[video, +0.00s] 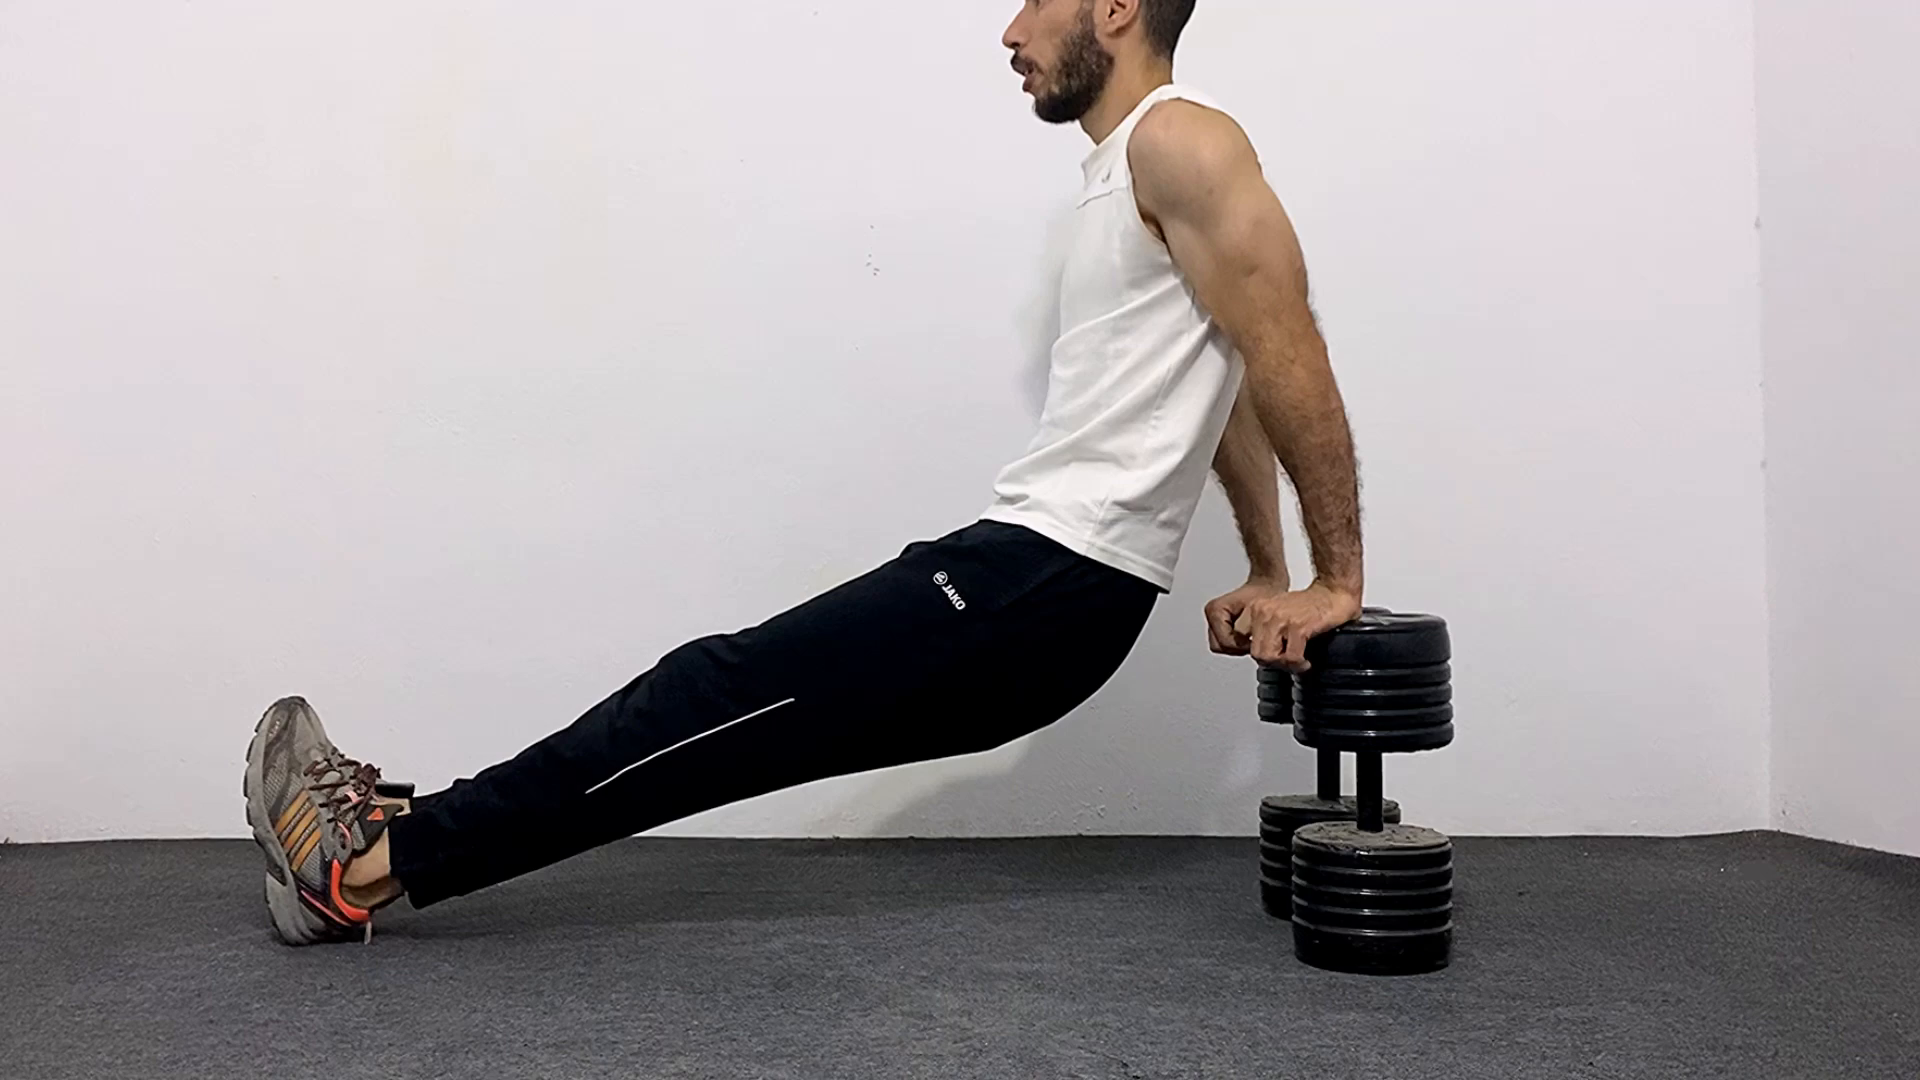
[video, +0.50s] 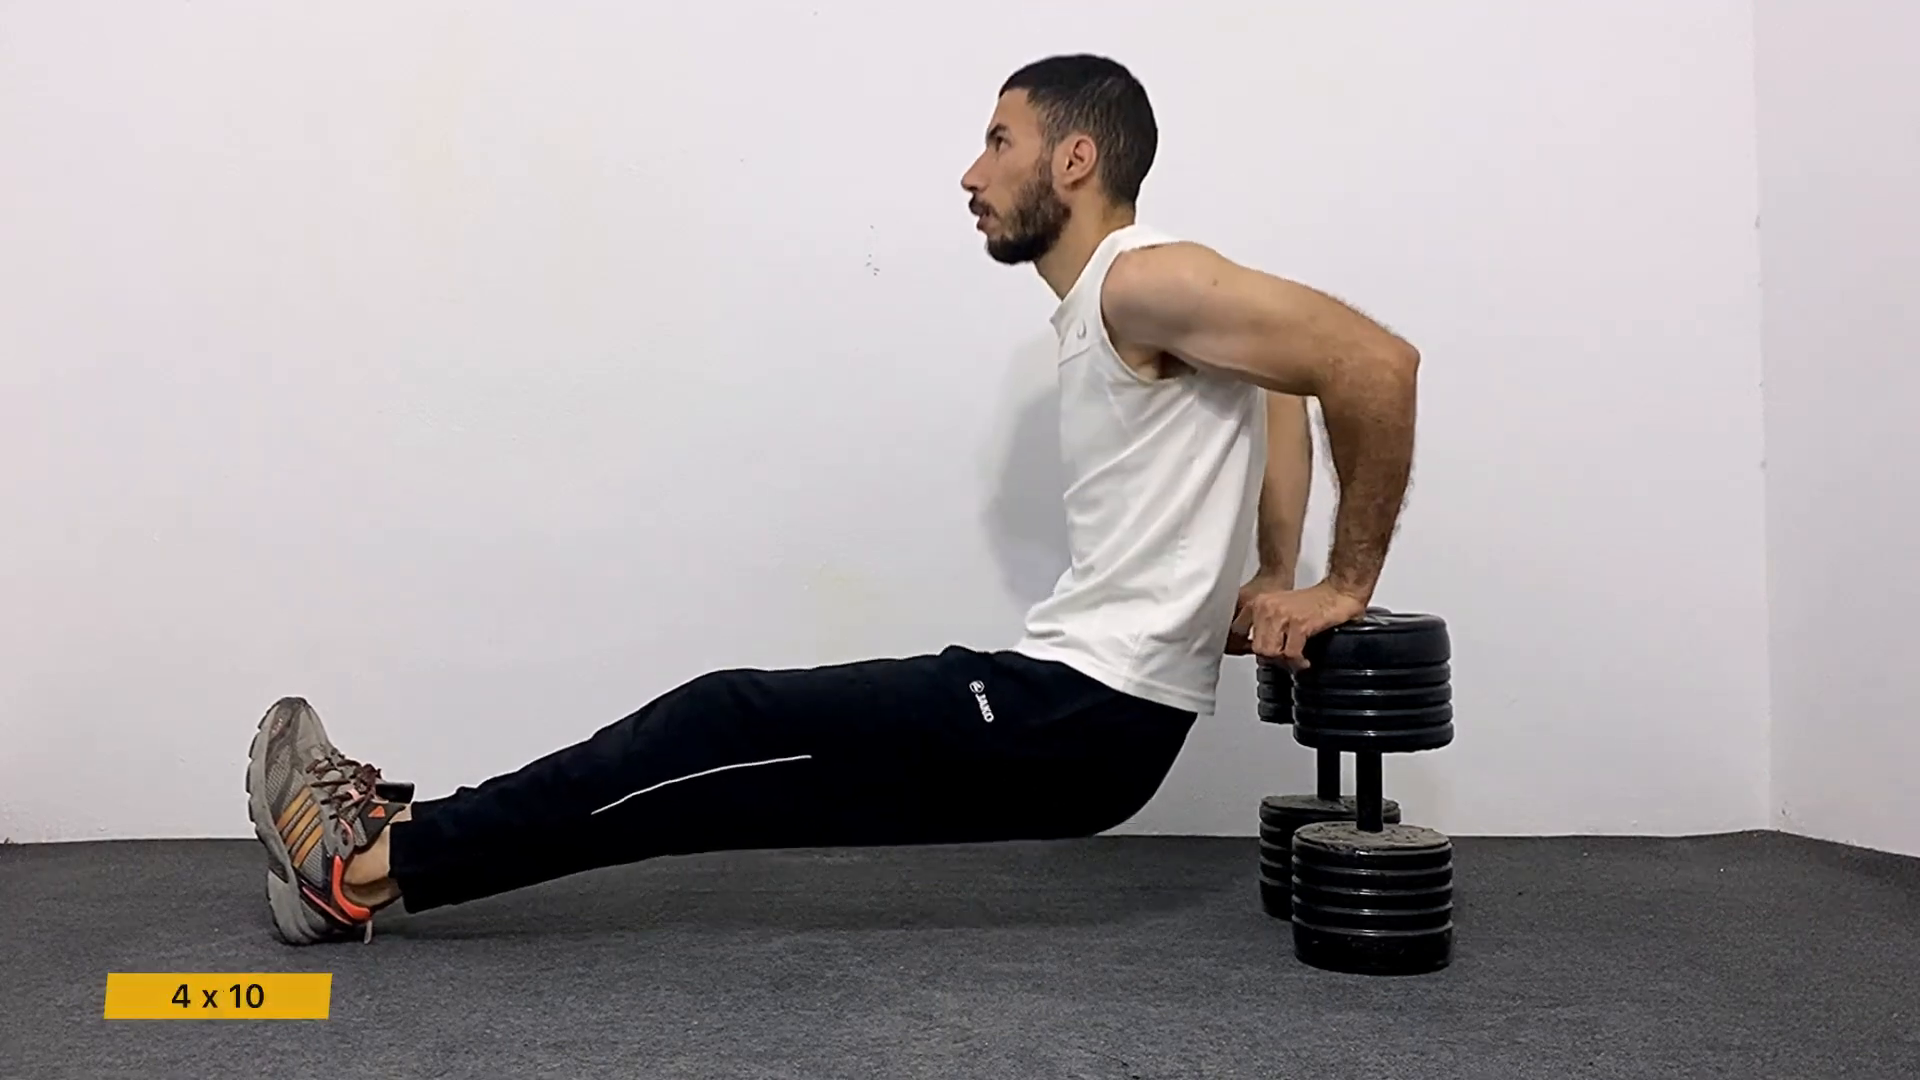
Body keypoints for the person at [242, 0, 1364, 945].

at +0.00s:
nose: (1011, 31)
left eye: (1035, 7)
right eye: (1016, 10)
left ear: (1123, 17)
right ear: (1100, 27)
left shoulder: (1178, 139)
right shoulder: (1130, 162)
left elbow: (1292, 358)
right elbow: (1230, 385)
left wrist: (1342, 579)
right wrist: (1267, 572)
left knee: (714, 707)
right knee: (707, 692)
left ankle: (374, 873)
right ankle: (407, 837)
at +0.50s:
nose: (972, 169)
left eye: (996, 142)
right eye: (981, 142)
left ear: (1080, 158)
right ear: (1081, 164)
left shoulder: (1143, 288)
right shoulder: (1120, 296)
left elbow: (1375, 364)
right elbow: (1288, 382)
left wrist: (1348, 586)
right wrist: (1274, 577)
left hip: (1087, 710)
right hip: (1072, 699)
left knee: (721, 725)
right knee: (717, 740)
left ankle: (381, 868)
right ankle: (403, 844)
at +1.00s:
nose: (952, 268)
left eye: (976, 238)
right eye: (963, 240)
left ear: (1059, 250)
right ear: (1066, 252)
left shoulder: (1120, 367)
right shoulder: (1111, 368)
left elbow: (1381, 374)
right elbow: (1284, 394)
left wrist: (1355, 584)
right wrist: (1277, 580)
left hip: (1086, 792)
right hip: (1081, 781)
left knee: (730, 738)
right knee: (718, 796)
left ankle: (367, 866)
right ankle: (409, 835)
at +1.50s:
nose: (976, 81)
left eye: (998, 50)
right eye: (983, 53)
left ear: (1080, 54)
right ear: (1076, 54)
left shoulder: (1153, 177)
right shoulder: (1133, 200)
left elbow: (1312, 352)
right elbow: (1251, 387)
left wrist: (1348, 580)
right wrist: (1262, 577)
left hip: (1070, 623)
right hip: (1055, 607)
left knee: (726, 723)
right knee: (722, 703)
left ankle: (381, 873)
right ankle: (407, 841)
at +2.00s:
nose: (1007, 76)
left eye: (1031, 46)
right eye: (1015, 47)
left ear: (1116, 53)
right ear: (1106, 57)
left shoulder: (1179, 183)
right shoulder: (1145, 206)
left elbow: (1343, 349)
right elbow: (1266, 389)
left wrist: (1350, 580)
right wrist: (1269, 575)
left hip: (1069, 623)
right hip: (1053, 609)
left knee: (713, 712)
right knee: (711, 703)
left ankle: (376, 871)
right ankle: (400, 843)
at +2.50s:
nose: (964, 248)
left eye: (987, 216)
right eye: (973, 219)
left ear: (1074, 227)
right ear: (1077, 228)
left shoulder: (1136, 345)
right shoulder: (1126, 345)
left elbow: (1391, 375)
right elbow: (1295, 391)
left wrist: (1355, 585)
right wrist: (1279, 575)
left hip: (1097, 776)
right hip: (1078, 760)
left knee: (741, 742)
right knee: (736, 795)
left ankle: (386, 869)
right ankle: (416, 848)